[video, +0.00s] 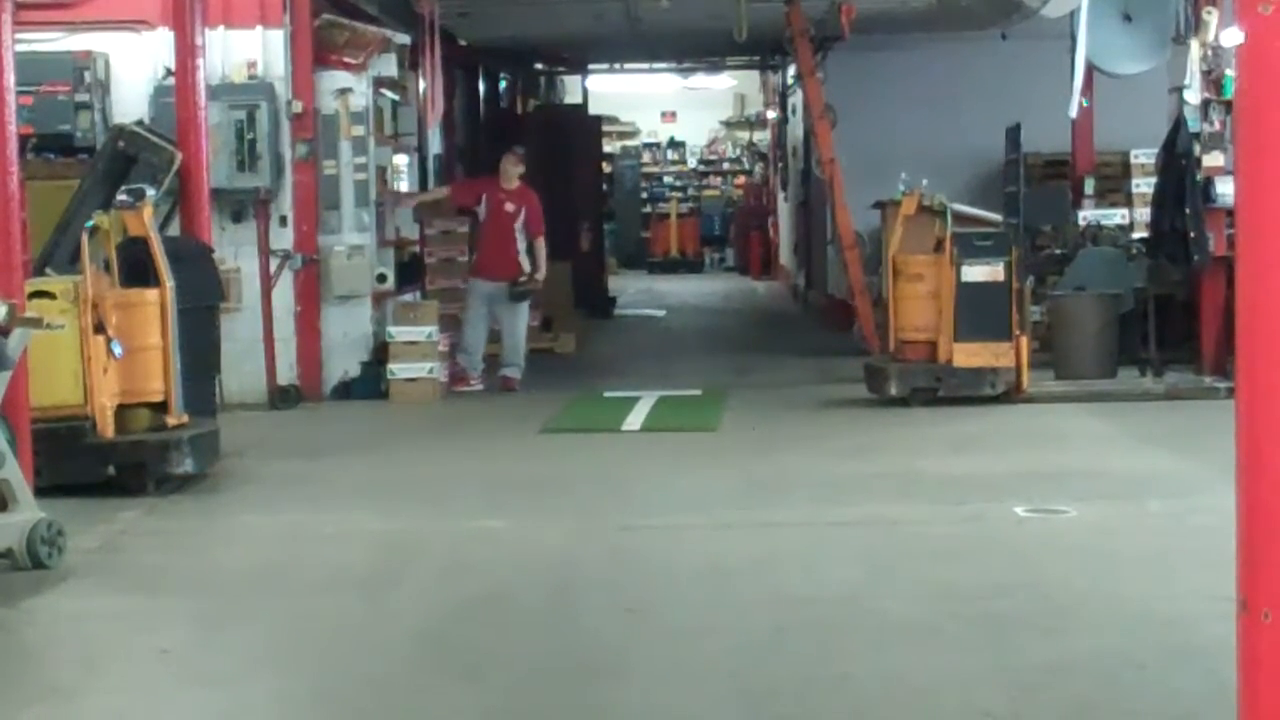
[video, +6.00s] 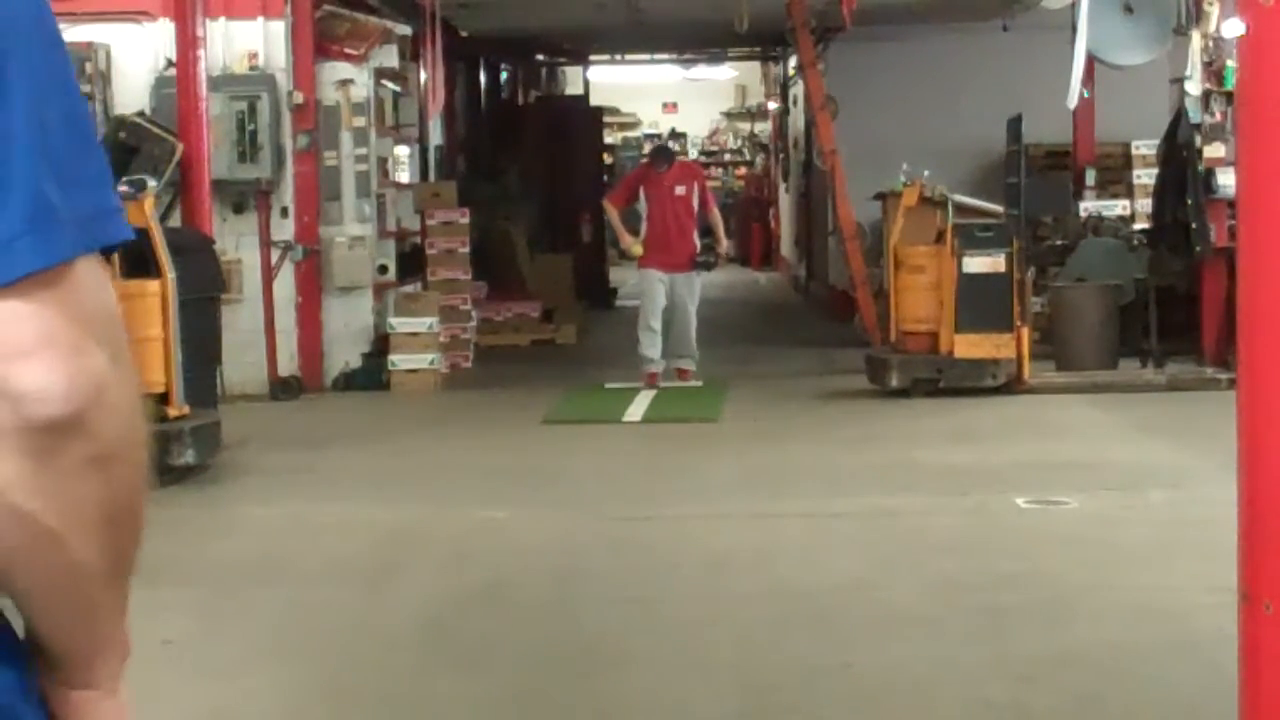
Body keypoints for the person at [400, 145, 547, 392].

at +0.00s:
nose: (509, 166)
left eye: (515, 163)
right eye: (507, 161)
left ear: (522, 168)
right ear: (500, 162)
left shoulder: (528, 198)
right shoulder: (484, 187)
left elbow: (538, 237)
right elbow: (449, 191)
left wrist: (540, 271)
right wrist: (415, 198)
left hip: (514, 278)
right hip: (482, 275)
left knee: (515, 330)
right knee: (473, 326)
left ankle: (511, 373)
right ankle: (471, 373)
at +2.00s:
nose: (629, 174)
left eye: (634, 170)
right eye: (626, 169)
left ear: (640, 166)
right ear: (616, 161)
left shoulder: (642, 182)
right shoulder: (599, 178)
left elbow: (647, 224)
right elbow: (578, 211)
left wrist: (654, 259)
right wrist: (602, 222)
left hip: (632, 262)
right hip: (605, 260)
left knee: (631, 313)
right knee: (612, 311)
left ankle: (624, 364)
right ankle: (613, 364)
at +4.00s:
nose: (646, 172)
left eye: (649, 168)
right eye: (642, 169)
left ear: (656, 161)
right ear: (634, 164)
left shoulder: (671, 173)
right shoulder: (624, 177)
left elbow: (690, 206)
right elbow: (598, 214)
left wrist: (704, 237)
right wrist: (619, 239)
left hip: (671, 259)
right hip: (639, 262)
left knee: (680, 311)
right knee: (639, 314)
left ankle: (685, 364)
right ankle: (648, 365)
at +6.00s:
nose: (659, 173)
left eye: (663, 169)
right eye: (656, 169)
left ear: (673, 161)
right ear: (650, 162)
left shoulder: (693, 172)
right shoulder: (643, 173)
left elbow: (711, 208)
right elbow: (610, 203)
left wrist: (721, 240)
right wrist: (624, 237)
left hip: (686, 259)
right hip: (653, 258)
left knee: (686, 314)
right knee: (651, 312)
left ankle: (685, 363)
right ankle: (651, 366)